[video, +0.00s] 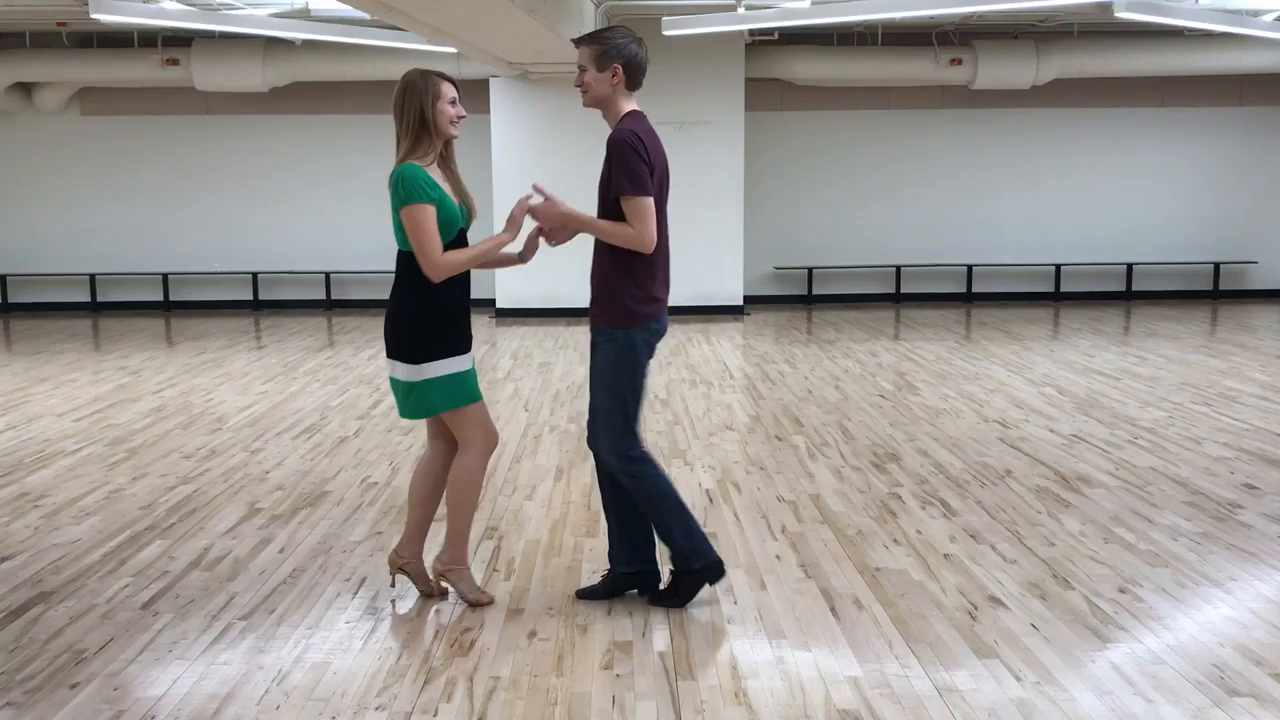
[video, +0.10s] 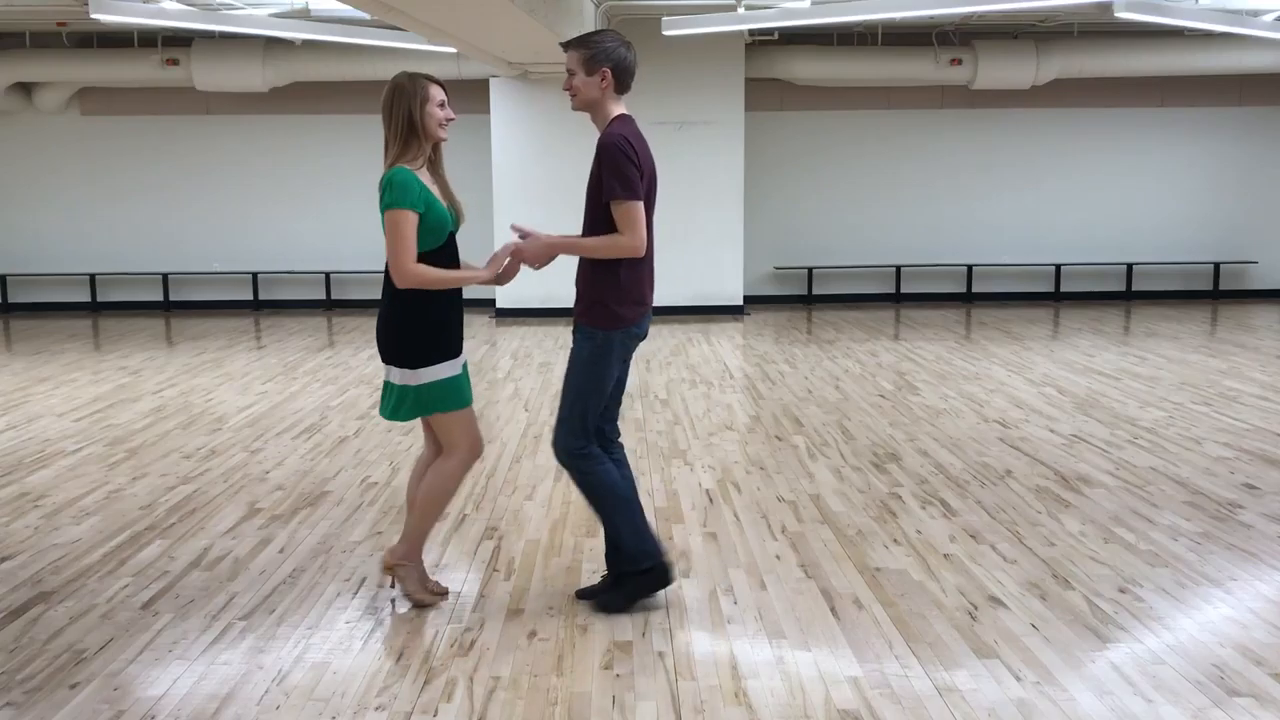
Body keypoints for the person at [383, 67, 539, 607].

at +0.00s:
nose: (461, 111)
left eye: (459, 102)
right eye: (450, 102)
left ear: (442, 111)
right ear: (423, 111)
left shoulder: (439, 171)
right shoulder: (413, 176)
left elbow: (459, 257)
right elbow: (434, 266)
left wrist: (519, 258)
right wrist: (501, 237)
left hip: (437, 330)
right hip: (426, 334)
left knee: (442, 443)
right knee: (479, 439)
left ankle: (408, 550)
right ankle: (453, 558)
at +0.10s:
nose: (450, 113)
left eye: (447, 104)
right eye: (439, 105)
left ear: (428, 113)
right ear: (412, 114)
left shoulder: (426, 176)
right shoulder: (403, 180)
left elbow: (435, 263)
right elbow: (405, 273)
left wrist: (486, 271)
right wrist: (478, 275)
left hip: (430, 332)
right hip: (421, 338)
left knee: (437, 446)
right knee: (465, 445)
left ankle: (411, 560)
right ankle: (405, 550)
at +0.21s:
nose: (442, 112)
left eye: (440, 103)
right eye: (432, 103)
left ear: (423, 114)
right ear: (406, 112)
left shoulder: (419, 175)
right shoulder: (397, 180)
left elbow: (424, 259)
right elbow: (385, 267)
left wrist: (473, 273)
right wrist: (460, 282)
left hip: (431, 327)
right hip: (410, 334)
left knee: (448, 443)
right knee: (432, 451)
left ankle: (409, 553)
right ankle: (363, 557)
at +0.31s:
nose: (435, 112)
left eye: (434, 103)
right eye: (426, 104)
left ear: (415, 112)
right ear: (400, 112)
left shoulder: (416, 173)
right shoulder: (391, 178)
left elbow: (419, 259)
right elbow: (374, 265)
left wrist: (467, 266)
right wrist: (446, 280)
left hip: (425, 328)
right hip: (397, 334)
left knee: (446, 442)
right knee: (398, 455)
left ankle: (410, 555)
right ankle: (342, 566)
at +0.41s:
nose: (432, 113)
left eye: (430, 104)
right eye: (422, 105)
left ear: (409, 114)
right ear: (396, 113)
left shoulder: (410, 177)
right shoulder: (388, 180)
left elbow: (410, 263)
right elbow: (369, 267)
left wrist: (460, 265)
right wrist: (443, 277)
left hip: (414, 334)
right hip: (386, 336)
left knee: (446, 442)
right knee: (382, 452)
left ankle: (410, 554)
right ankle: (337, 567)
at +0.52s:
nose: (430, 113)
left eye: (428, 105)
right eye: (420, 106)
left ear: (405, 115)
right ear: (395, 114)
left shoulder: (407, 177)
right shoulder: (389, 182)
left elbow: (406, 263)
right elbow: (372, 270)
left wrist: (458, 268)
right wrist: (446, 277)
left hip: (410, 335)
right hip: (384, 337)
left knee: (437, 446)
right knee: (379, 455)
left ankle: (394, 553)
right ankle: (335, 568)